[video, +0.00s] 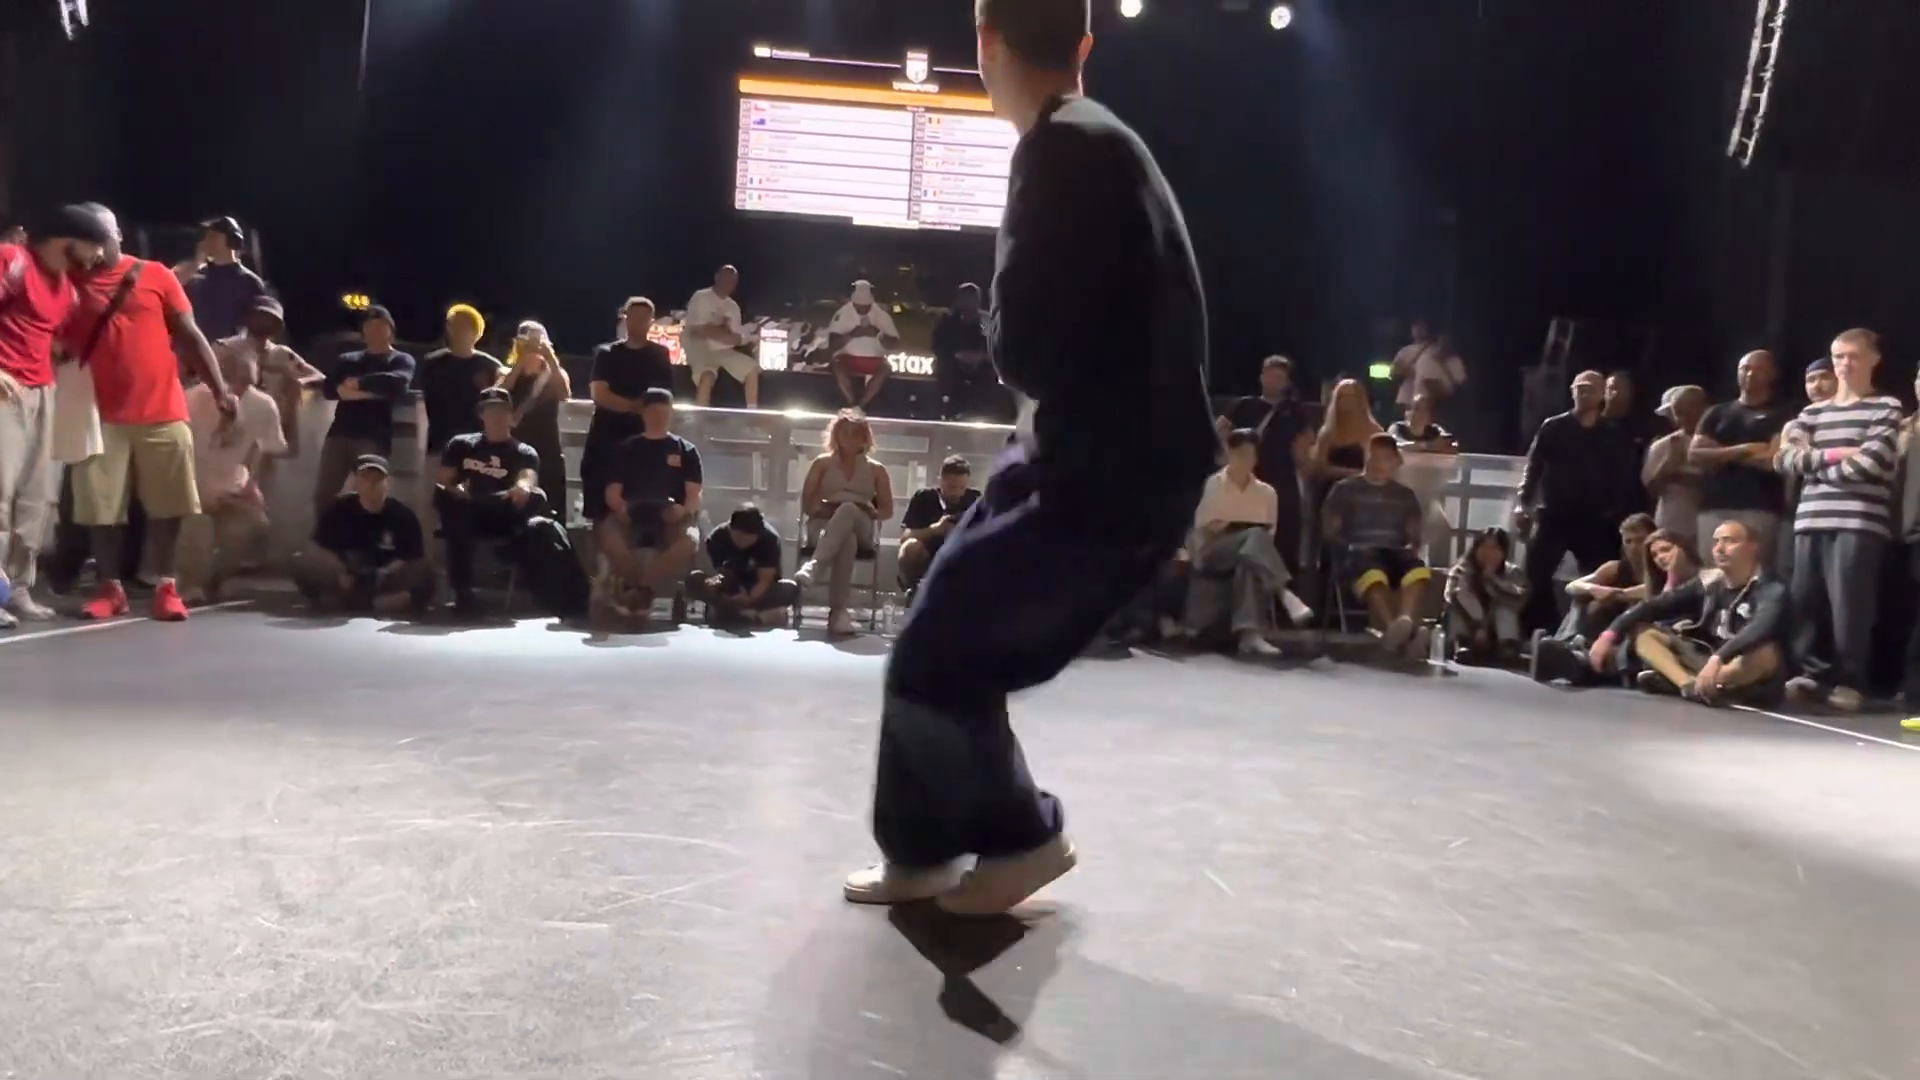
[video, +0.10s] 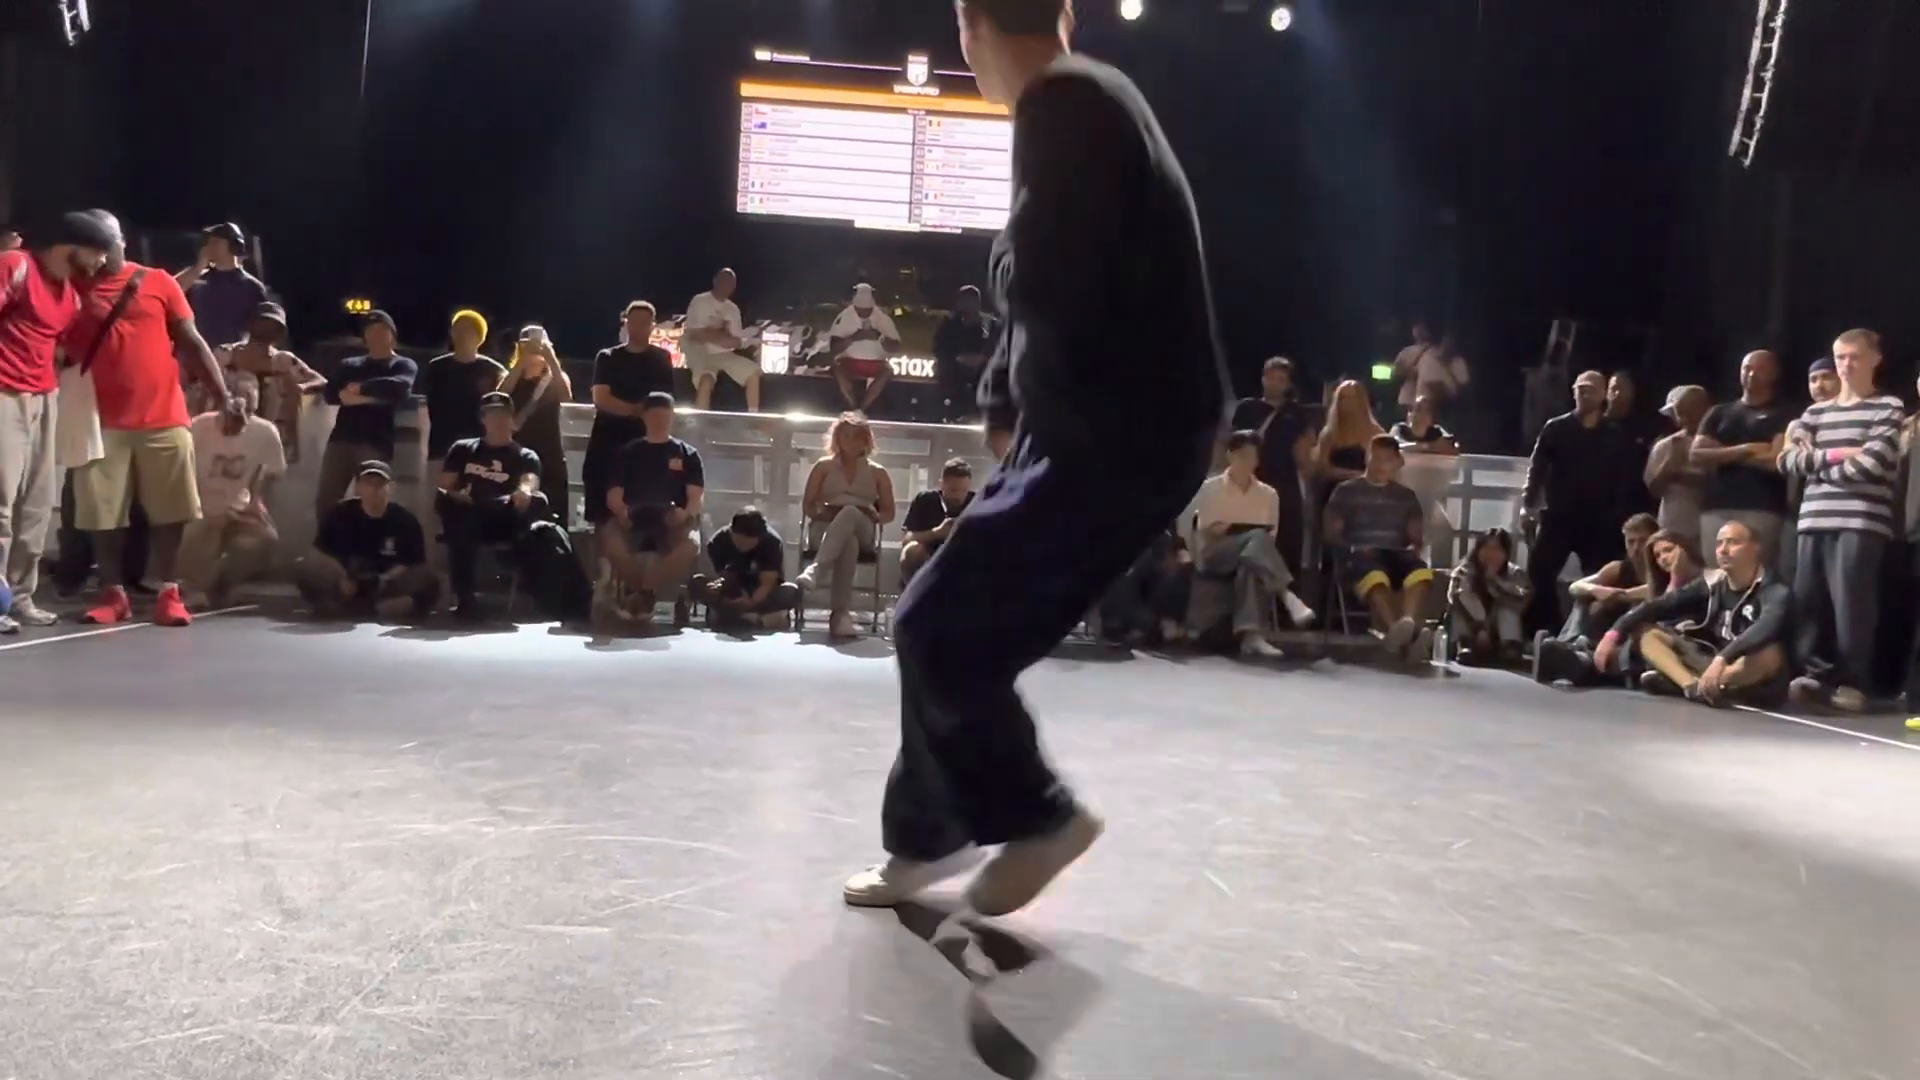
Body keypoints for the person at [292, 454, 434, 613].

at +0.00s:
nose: (371, 485)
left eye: (377, 480)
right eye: (366, 479)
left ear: (386, 483)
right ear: (356, 481)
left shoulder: (402, 515)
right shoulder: (338, 509)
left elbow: (413, 557)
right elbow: (320, 548)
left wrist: (384, 573)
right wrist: (341, 574)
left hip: (385, 575)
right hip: (346, 572)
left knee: (424, 573)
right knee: (301, 562)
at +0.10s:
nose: (374, 491)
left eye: (380, 485)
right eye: (369, 484)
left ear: (389, 488)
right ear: (358, 487)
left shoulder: (405, 520)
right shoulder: (339, 514)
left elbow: (415, 562)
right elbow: (319, 553)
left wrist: (387, 579)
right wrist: (341, 578)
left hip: (386, 581)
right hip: (347, 580)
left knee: (428, 580)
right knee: (304, 567)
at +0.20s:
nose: (373, 493)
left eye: (379, 486)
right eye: (367, 486)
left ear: (388, 489)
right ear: (357, 489)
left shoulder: (404, 521)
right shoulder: (338, 515)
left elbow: (413, 563)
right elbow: (318, 553)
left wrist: (386, 579)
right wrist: (340, 578)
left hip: (386, 582)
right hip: (346, 581)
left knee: (427, 581)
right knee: (304, 570)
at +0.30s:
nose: (367, 486)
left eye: (372, 480)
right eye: (361, 480)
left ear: (382, 483)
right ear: (352, 483)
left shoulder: (399, 514)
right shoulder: (334, 508)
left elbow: (409, 556)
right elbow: (318, 549)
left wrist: (381, 573)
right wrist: (337, 573)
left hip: (382, 576)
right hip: (343, 575)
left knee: (422, 574)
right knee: (300, 563)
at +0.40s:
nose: (367, 486)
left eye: (372, 480)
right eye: (361, 480)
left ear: (382, 483)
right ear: (351, 484)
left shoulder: (399, 514)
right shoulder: (334, 509)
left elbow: (409, 556)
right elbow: (317, 549)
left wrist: (381, 574)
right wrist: (338, 573)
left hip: (382, 576)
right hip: (343, 575)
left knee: (422, 575)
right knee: (300, 564)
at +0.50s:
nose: (368, 492)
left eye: (374, 486)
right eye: (363, 486)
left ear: (383, 489)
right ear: (353, 490)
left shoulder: (401, 520)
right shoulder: (336, 516)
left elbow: (410, 563)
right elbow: (320, 555)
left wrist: (384, 579)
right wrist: (339, 577)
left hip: (383, 582)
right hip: (345, 581)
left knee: (423, 581)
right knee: (301, 570)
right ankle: (374, 612)